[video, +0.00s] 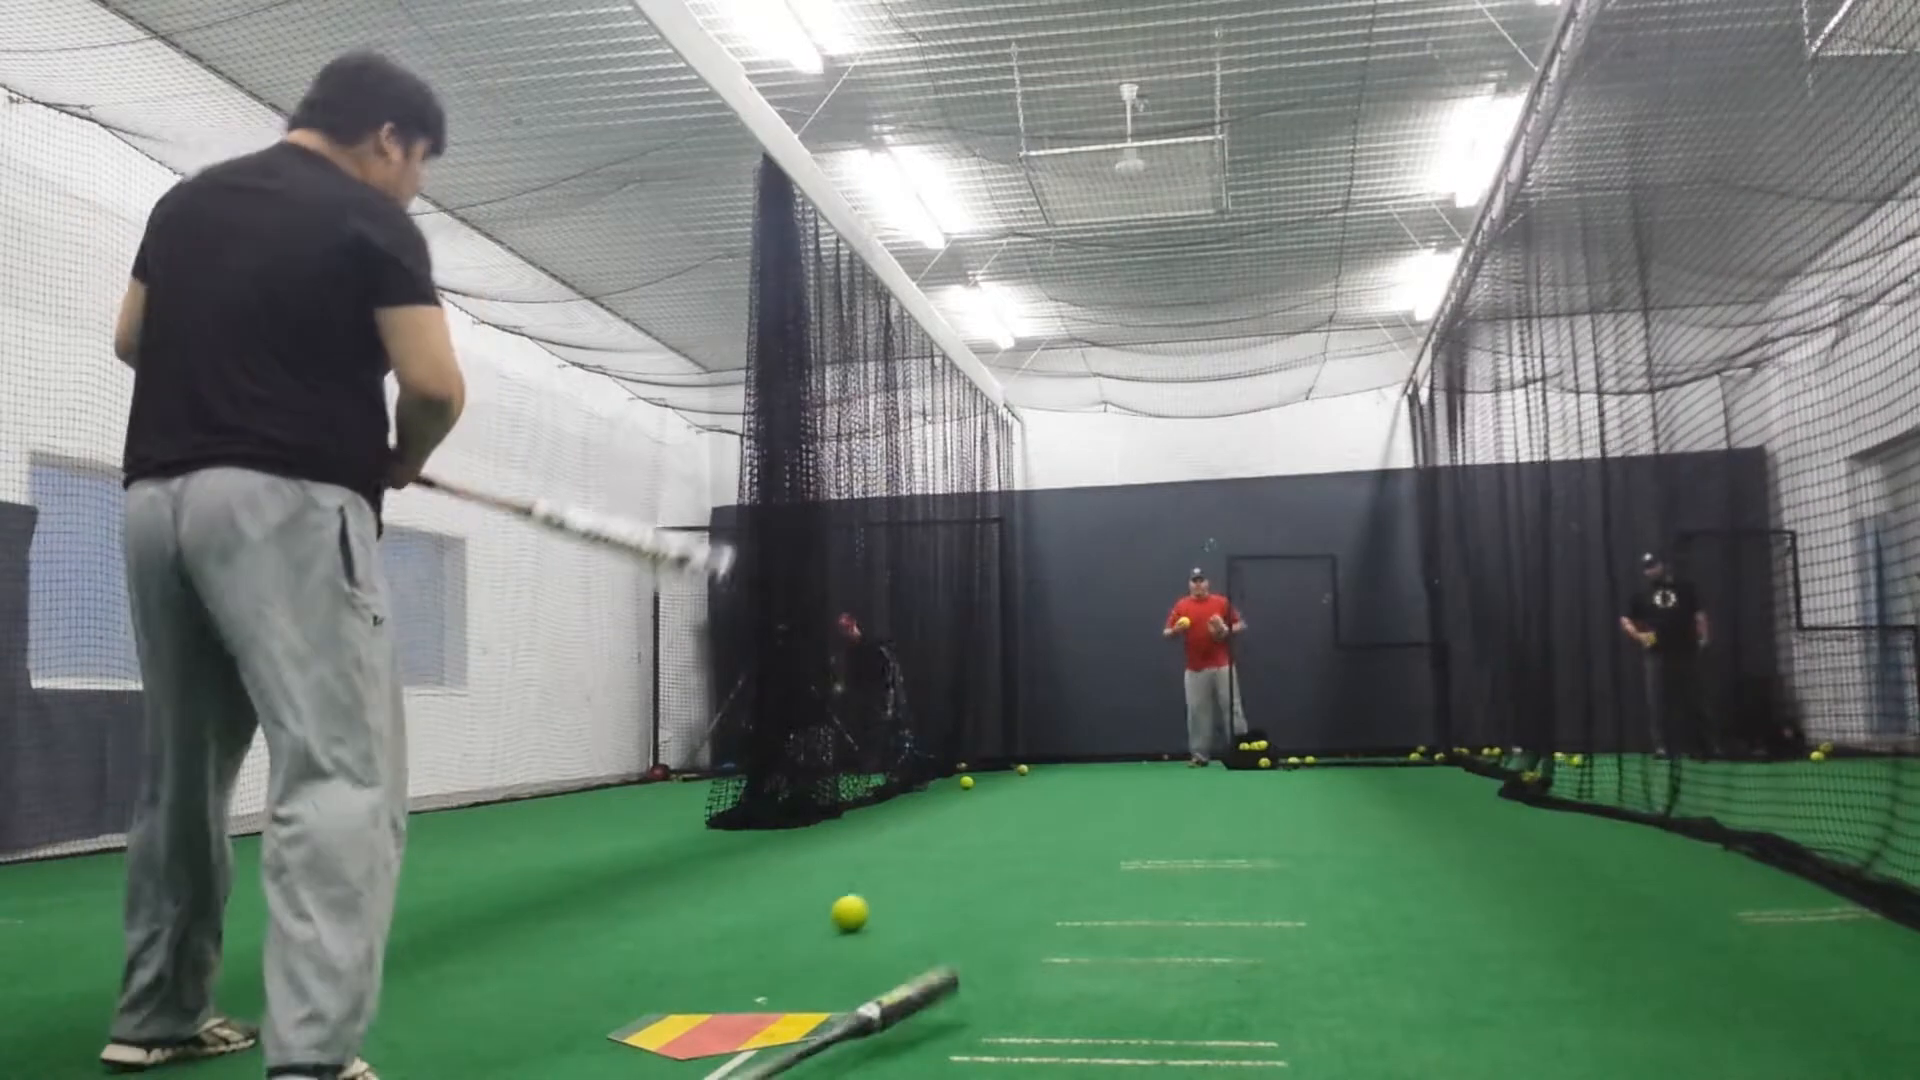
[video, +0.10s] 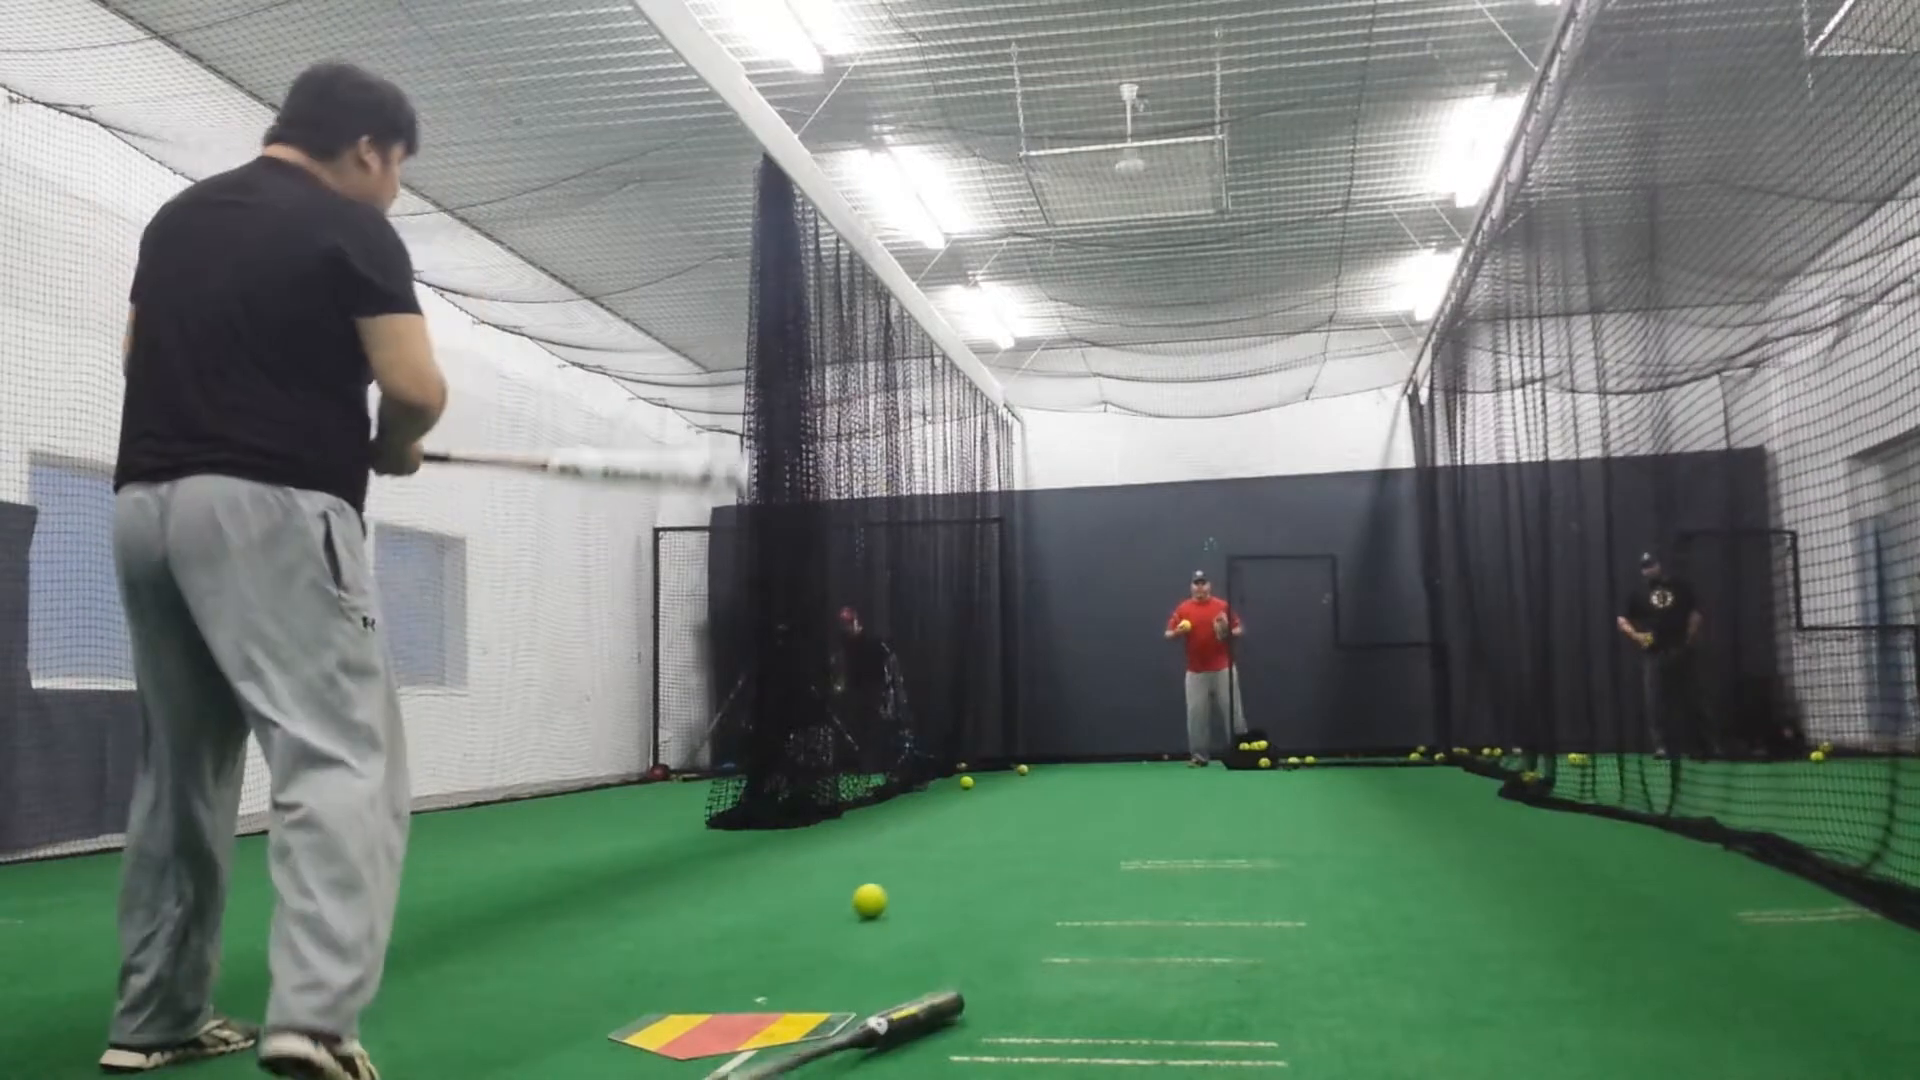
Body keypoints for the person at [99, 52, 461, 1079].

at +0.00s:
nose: (414, 194)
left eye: (423, 176)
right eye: (419, 171)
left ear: (309, 123)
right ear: (384, 140)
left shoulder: (191, 193)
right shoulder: (373, 220)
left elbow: (131, 333)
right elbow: (437, 389)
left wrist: (226, 392)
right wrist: (406, 455)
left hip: (156, 503)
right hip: (280, 500)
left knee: (184, 768)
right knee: (336, 774)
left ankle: (156, 1015)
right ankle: (314, 1052)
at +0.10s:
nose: (396, 194)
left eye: (400, 175)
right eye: (398, 172)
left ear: (287, 137)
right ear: (364, 152)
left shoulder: (180, 211)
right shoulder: (354, 228)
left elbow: (141, 354)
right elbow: (417, 393)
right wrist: (398, 443)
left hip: (145, 510)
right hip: (266, 509)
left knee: (184, 764)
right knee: (339, 760)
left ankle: (155, 1015)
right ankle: (314, 1020)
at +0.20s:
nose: (379, 193)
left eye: (382, 175)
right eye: (380, 172)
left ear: (267, 145)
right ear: (346, 155)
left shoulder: (173, 217)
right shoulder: (340, 230)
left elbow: (202, 363)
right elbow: (398, 389)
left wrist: (329, 404)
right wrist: (395, 436)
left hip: (134, 509)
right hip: (253, 508)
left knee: (174, 763)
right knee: (335, 743)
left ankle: (154, 1016)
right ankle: (303, 980)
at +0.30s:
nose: (368, 197)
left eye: (371, 180)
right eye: (369, 178)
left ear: (260, 152)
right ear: (339, 160)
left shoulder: (167, 222)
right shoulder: (334, 232)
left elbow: (208, 362)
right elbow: (381, 384)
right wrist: (405, 421)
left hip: (131, 503)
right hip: (251, 503)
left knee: (164, 756)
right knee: (321, 738)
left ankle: (151, 1015)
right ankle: (270, 978)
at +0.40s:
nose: (367, 207)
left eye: (369, 191)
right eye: (367, 187)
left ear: (258, 159)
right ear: (336, 167)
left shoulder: (163, 231)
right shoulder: (329, 229)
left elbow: (114, 375)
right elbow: (373, 377)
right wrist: (416, 409)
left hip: (131, 502)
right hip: (252, 501)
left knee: (156, 762)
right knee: (306, 748)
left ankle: (144, 1017)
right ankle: (241, 996)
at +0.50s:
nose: (369, 208)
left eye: (371, 193)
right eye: (368, 190)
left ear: (256, 166)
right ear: (336, 173)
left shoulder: (171, 239)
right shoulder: (327, 232)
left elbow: (99, 369)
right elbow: (376, 374)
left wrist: (124, 479)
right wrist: (430, 407)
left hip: (130, 501)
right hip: (248, 501)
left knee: (153, 765)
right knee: (270, 761)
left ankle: (144, 1016)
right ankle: (230, 1006)